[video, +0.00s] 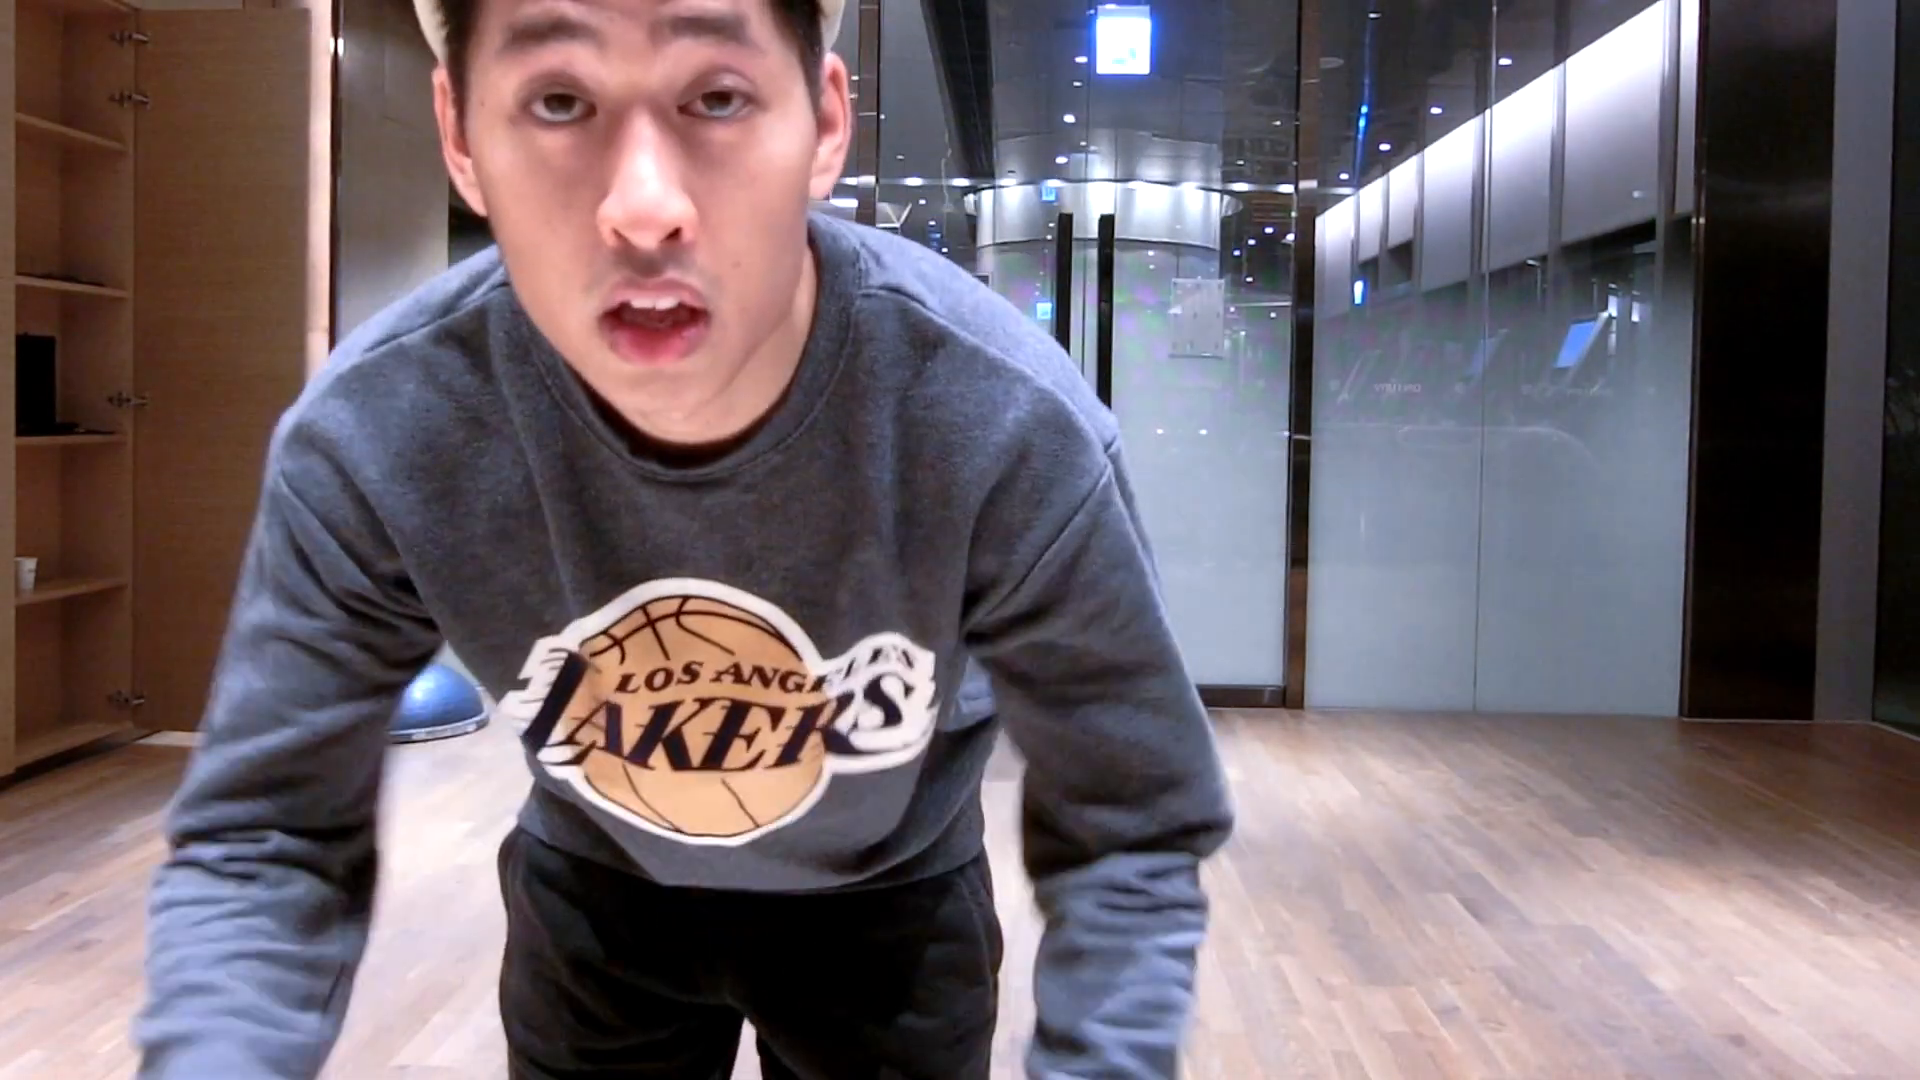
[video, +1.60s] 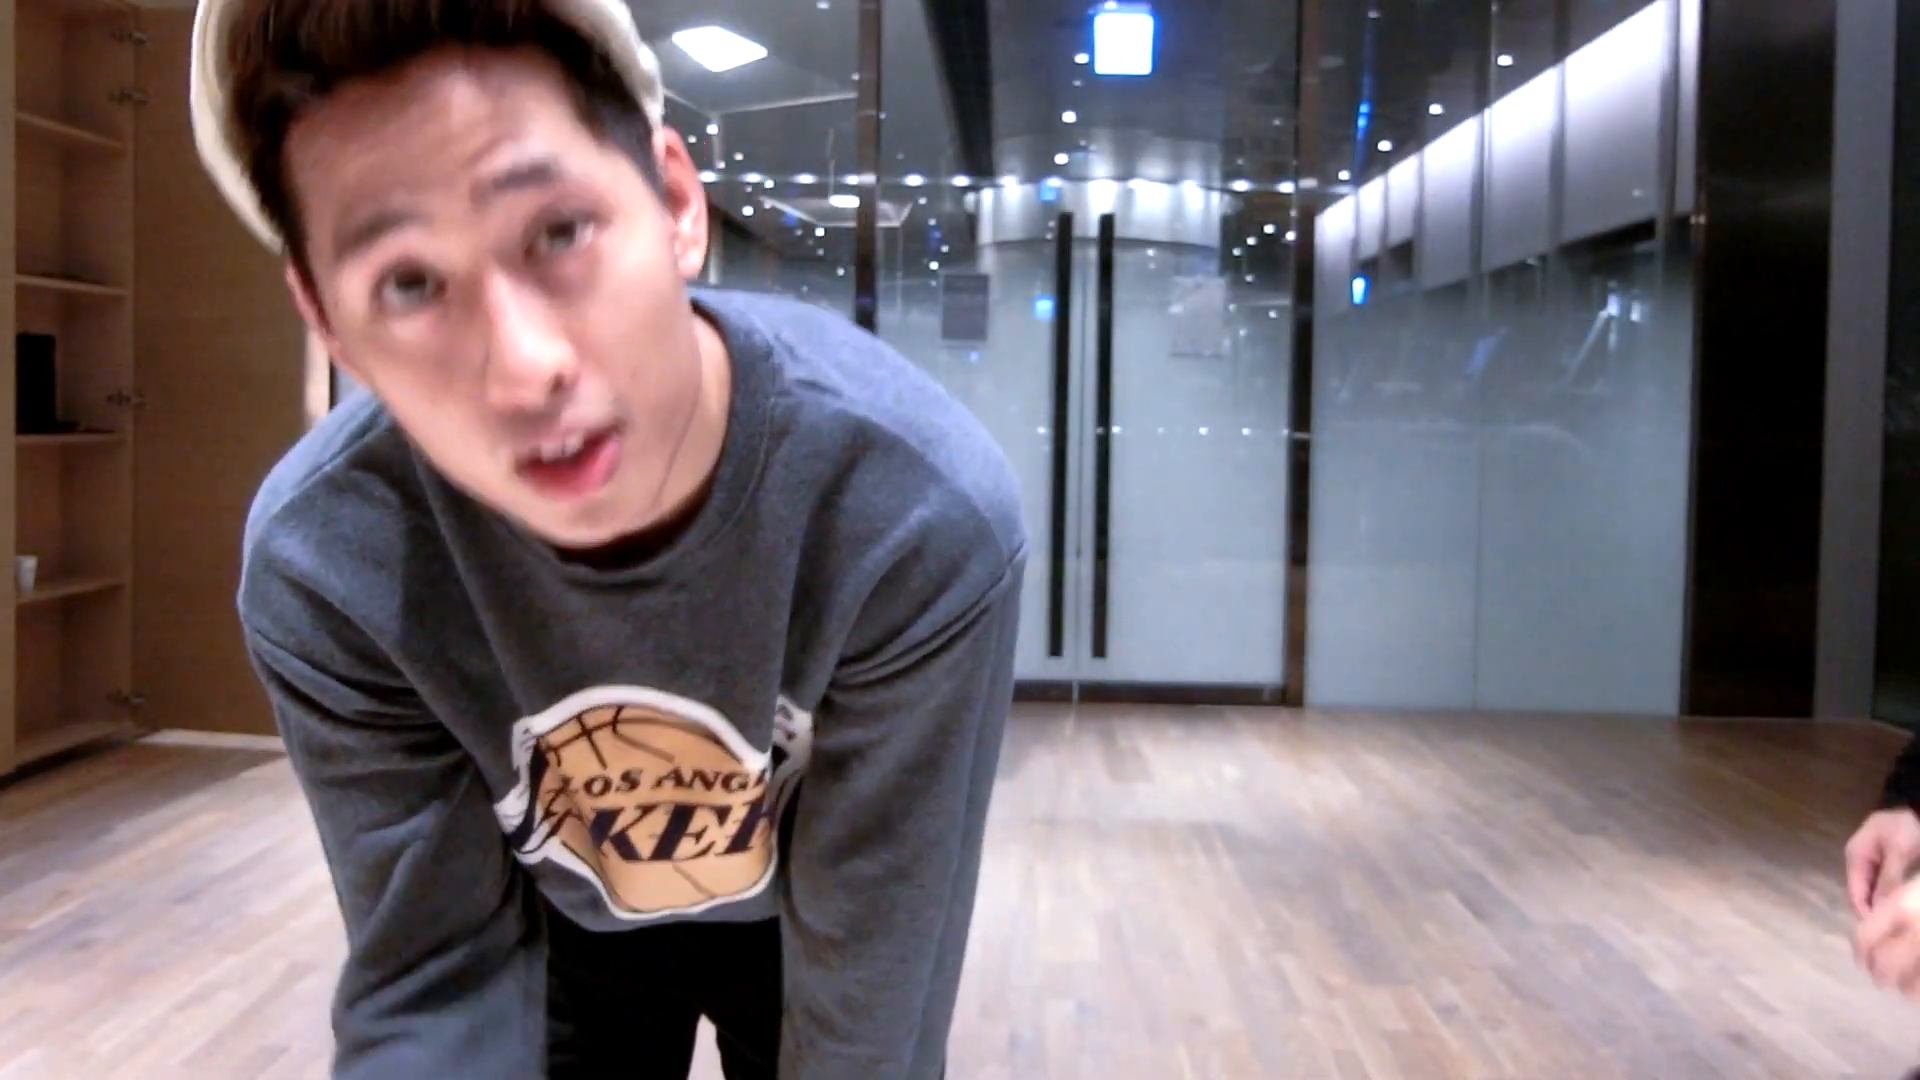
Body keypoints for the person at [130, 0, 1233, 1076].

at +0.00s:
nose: (645, 210)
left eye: (716, 101)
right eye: (562, 105)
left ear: (827, 125)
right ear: (463, 146)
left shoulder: (1005, 426)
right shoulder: (370, 445)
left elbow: (1131, 841)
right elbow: (259, 847)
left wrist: (1094, 1068)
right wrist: (216, 1065)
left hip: (888, 884)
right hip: (605, 880)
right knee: (587, 1072)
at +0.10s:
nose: (648, 236)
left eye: (719, 128)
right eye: (566, 133)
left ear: (828, 153)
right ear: (466, 172)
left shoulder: (1002, 466)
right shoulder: (391, 476)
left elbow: (1015, 932)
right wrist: (125, 1053)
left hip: (863, 895)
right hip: (600, 883)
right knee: (589, 1077)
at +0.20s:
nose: (658, 360)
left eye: (726, 241)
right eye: (569, 247)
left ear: (835, 239)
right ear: (467, 260)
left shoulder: (993, 523)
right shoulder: (399, 546)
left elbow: (973, 1022)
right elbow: (526, 1020)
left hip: (863, 926)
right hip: (606, 931)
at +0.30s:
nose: (668, 505)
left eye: (733, 381)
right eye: (579, 389)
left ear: (842, 354)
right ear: (470, 375)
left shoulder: (993, 594)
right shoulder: (405, 616)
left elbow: (957, 1035)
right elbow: (516, 1027)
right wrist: (770, 1069)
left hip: (861, 965)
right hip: (609, 970)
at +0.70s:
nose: (652, 446)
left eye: (719, 334)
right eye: (561, 343)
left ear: (828, 305)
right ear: (454, 341)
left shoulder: (987, 613)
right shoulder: (368, 591)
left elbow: (825, 1029)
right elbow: (515, 1018)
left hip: (866, 938)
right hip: (586, 950)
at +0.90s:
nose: (573, 316)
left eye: (633, 196)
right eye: (477, 221)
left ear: (767, 205)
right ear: (403, 266)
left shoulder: (993, 543)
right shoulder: (363, 583)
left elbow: (862, 976)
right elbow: (478, 990)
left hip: (848, 932)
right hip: (578, 935)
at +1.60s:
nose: (525, 370)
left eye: (560, 232)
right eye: (410, 285)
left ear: (678, 202)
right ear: (325, 321)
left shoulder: (918, 515)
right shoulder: (323, 561)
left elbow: (866, 1007)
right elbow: (429, 983)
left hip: (819, 918)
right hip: (568, 921)